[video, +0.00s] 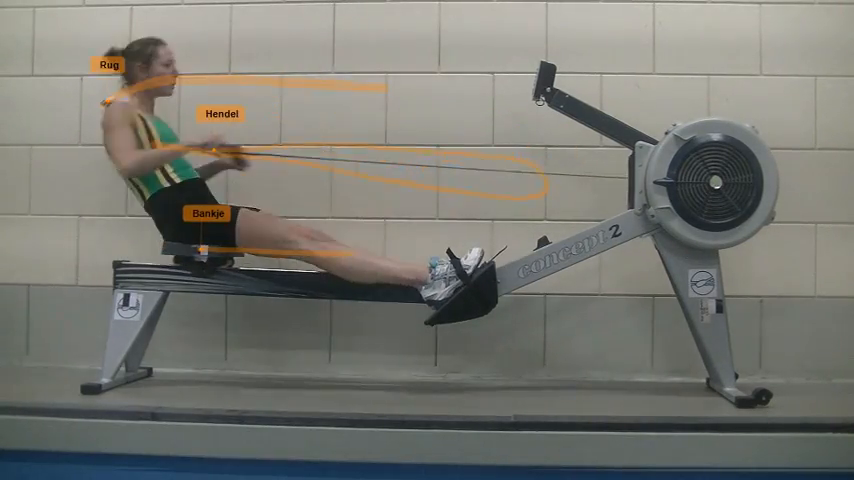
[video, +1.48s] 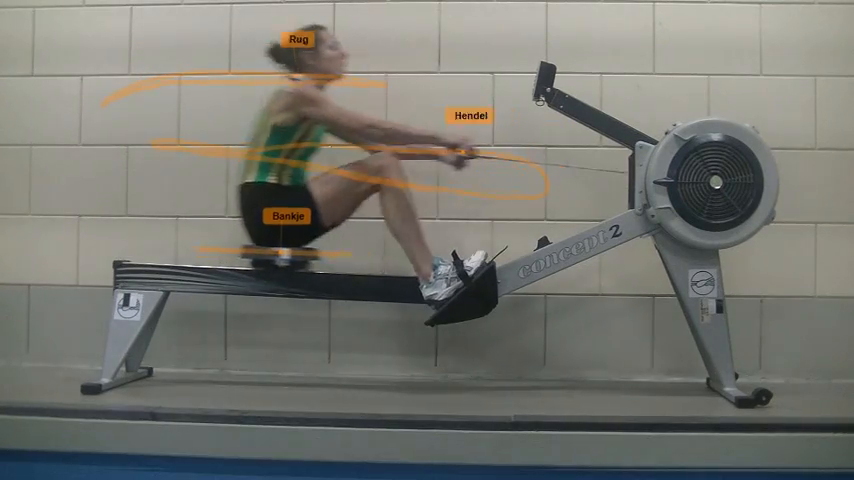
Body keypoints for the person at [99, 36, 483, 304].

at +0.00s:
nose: (174, 76)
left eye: (173, 69)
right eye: (167, 69)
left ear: (154, 73)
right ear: (140, 72)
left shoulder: (151, 119)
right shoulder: (120, 111)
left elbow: (180, 180)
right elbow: (125, 164)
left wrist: (223, 165)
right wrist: (186, 148)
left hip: (199, 210)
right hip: (185, 213)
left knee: (312, 234)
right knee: (305, 239)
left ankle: (429, 277)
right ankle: (426, 281)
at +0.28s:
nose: (191, 71)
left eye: (191, 63)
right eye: (184, 64)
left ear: (167, 70)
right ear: (157, 68)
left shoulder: (160, 114)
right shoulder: (132, 110)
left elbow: (168, 162)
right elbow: (99, 161)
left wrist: (202, 155)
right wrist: (157, 140)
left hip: (200, 213)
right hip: (185, 216)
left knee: (314, 230)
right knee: (309, 233)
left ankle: (430, 276)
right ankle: (429, 281)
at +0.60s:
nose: (283, 56)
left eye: (280, 49)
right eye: (274, 49)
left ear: (254, 57)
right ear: (246, 56)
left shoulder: (247, 105)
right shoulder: (223, 96)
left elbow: (283, 167)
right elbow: (245, 150)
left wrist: (338, 176)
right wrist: (321, 158)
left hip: (229, 216)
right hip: (214, 218)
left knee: (344, 194)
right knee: (339, 196)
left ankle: (431, 273)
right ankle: (427, 281)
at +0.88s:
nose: (364, 60)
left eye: (361, 52)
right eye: (355, 53)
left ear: (335, 63)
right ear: (330, 62)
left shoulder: (330, 107)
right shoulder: (312, 102)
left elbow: (375, 158)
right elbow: (372, 161)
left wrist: (442, 182)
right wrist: (442, 180)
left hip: (293, 217)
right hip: (284, 220)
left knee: (393, 173)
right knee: (390, 176)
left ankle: (430, 273)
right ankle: (429, 278)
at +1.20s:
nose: (423, 60)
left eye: (419, 53)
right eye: (414, 54)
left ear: (393, 68)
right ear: (392, 67)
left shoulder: (386, 104)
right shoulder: (382, 105)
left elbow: (450, 151)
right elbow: (451, 151)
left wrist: (518, 173)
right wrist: (521, 173)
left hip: (343, 214)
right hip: (340, 216)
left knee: (436, 157)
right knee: (438, 158)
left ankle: (433, 262)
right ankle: (428, 271)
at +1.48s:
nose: (343, 53)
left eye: (338, 46)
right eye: (332, 48)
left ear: (309, 61)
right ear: (308, 58)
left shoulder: (306, 100)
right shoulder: (299, 95)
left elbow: (375, 143)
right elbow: (370, 129)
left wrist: (441, 154)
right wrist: (443, 138)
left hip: (279, 211)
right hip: (271, 213)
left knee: (383, 166)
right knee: (383, 167)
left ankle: (432, 273)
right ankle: (431, 279)